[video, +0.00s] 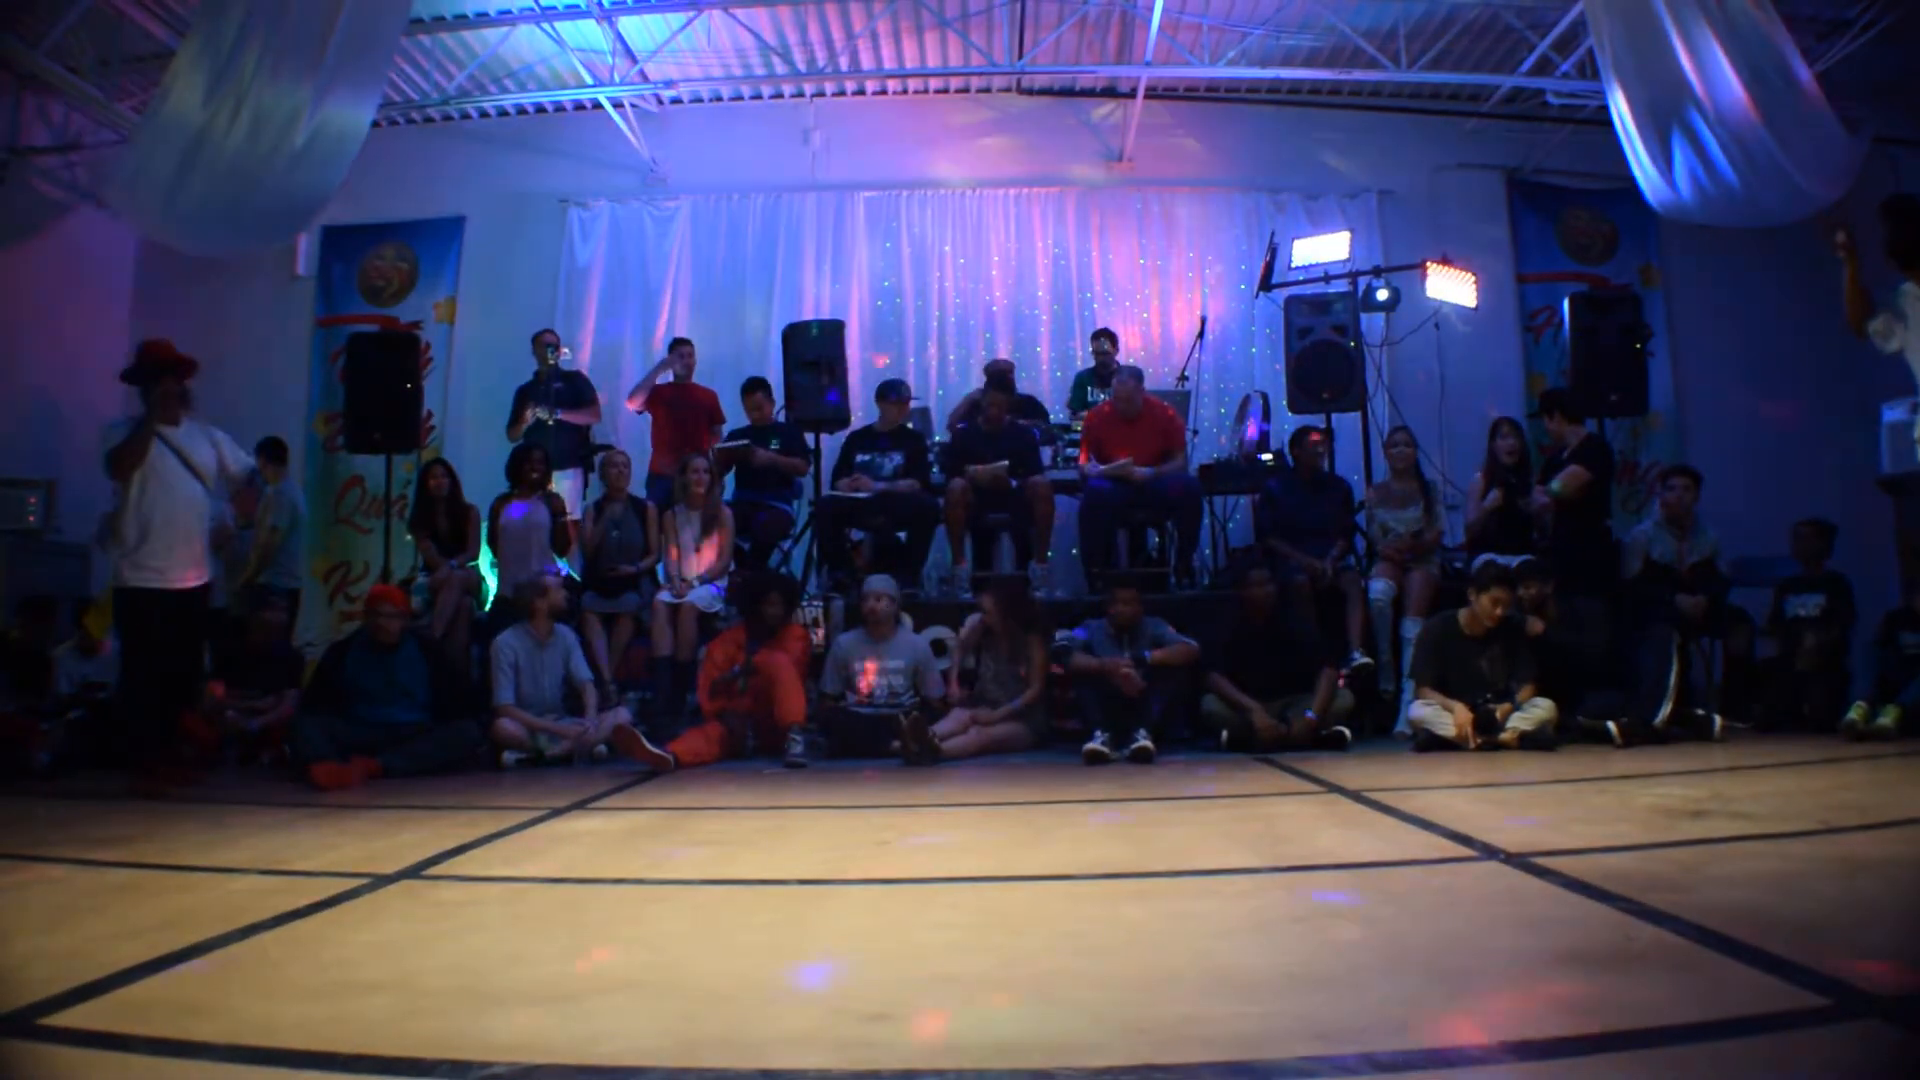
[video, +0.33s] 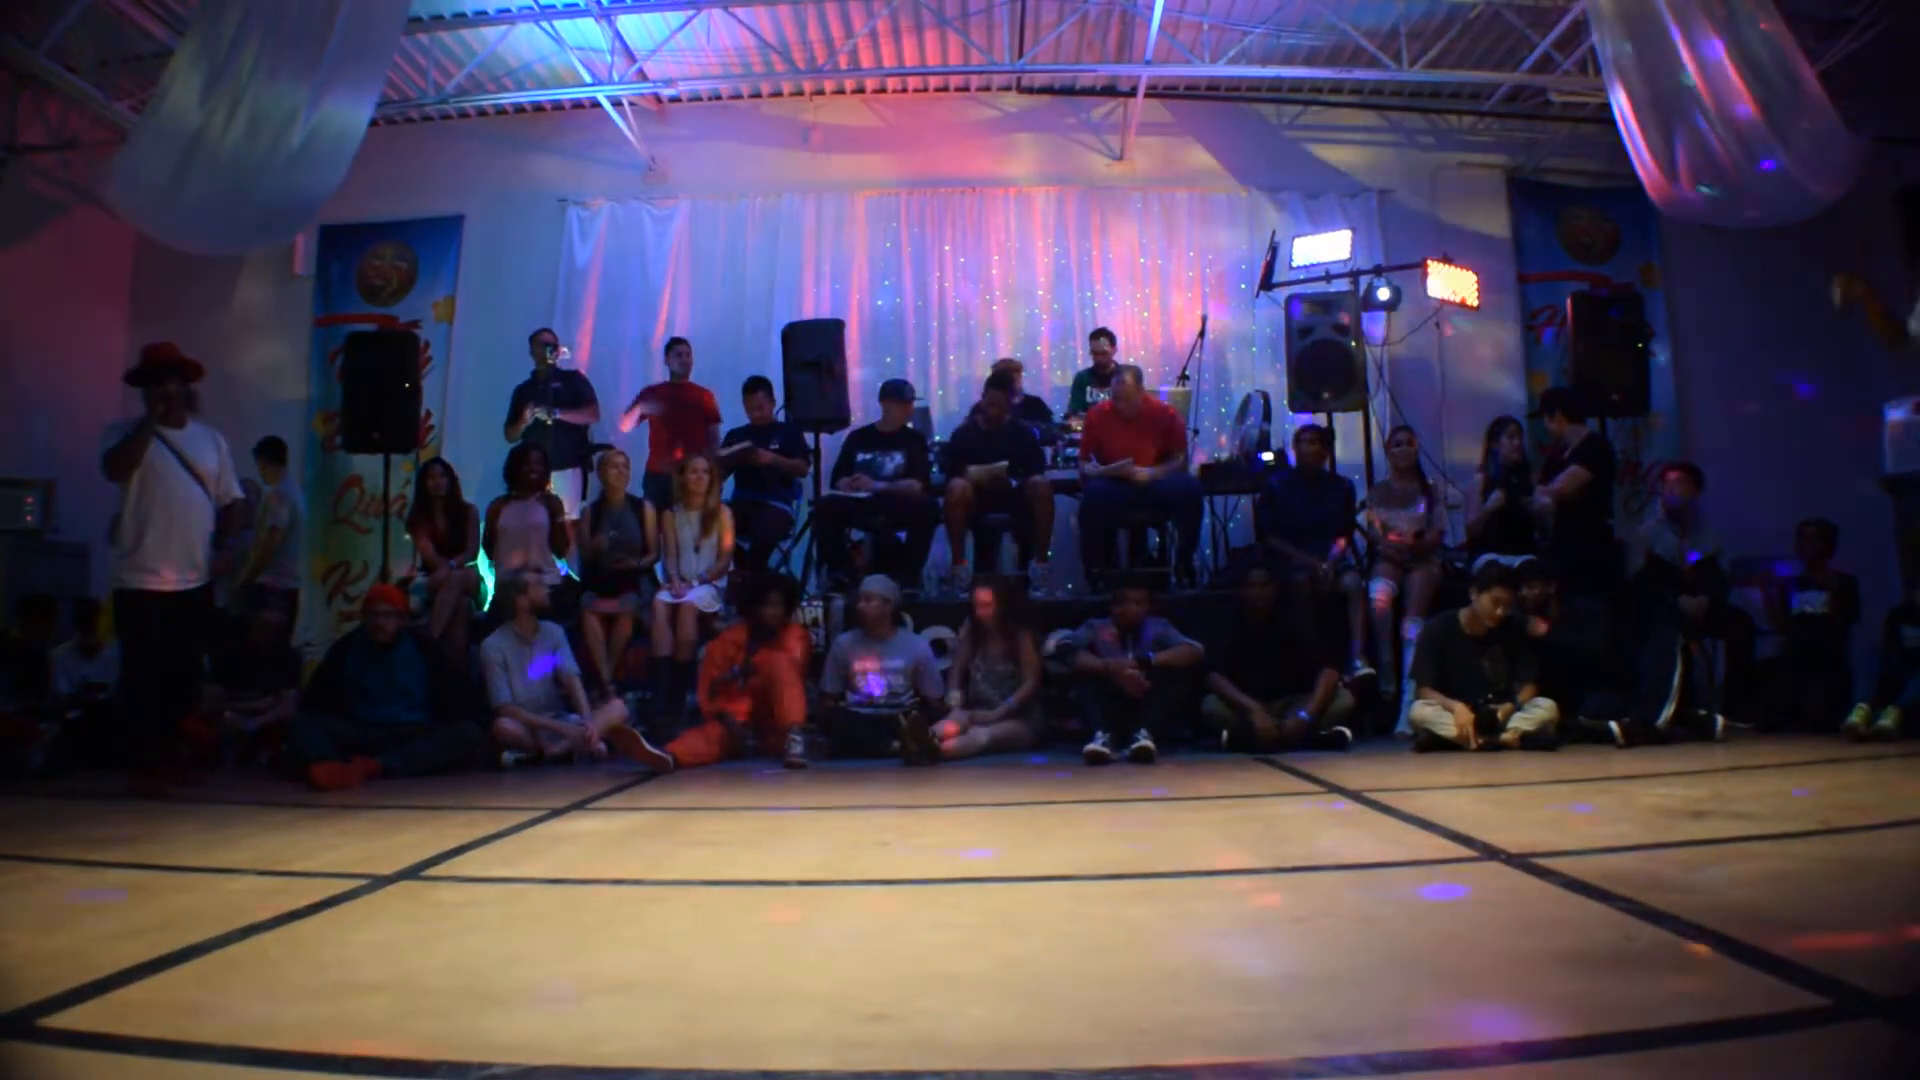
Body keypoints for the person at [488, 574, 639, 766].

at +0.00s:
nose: (566, 594)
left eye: (563, 588)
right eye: (559, 589)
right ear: (539, 602)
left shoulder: (565, 635)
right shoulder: (506, 643)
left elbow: (587, 684)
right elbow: (505, 707)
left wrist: (590, 719)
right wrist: (557, 729)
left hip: (562, 718)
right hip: (527, 721)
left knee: (622, 715)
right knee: (503, 728)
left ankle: (554, 752)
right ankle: (580, 747)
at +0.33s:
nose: (547, 590)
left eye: (543, 586)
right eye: (539, 587)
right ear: (520, 601)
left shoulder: (554, 632)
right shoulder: (494, 645)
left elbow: (572, 679)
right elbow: (504, 707)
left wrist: (587, 722)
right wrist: (561, 729)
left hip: (559, 714)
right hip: (525, 718)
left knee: (618, 708)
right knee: (503, 727)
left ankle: (561, 747)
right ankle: (579, 742)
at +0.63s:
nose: (542, 592)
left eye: (542, 586)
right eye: (533, 588)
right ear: (513, 600)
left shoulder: (557, 633)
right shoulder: (494, 645)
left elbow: (574, 680)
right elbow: (503, 705)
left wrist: (587, 721)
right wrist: (556, 725)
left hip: (561, 710)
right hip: (525, 716)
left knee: (615, 701)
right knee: (504, 726)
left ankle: (554, 749)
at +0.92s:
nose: (546, 592)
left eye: (546, 586)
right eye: (537, 588)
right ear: (516, 598)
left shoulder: (561, 635)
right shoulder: (498, 645)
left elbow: (584, 684)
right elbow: (502, 705)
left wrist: (588, 722)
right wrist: (553, 727)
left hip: (564, 716)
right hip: (526, 720)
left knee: (618, 709)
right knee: (503, 725)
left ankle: (559, 748)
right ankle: (580, 747)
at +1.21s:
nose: (557, 599)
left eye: (557, 593)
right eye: (548, 593)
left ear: (561, 596)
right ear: (527, 602)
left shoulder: (572, 642)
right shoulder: (505, 645)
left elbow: (599, 689)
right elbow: (504, 706)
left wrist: (597, 723)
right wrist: (556, 728)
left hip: (564, 720)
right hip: (527, 722)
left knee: (620, 715)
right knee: (503, 727)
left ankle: (552, 752)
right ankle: (582, 749)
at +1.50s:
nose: (541, 615)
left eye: (548, 609)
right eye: (536, 608)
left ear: (562, 609)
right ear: (529, 607)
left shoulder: (575, 644)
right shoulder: (507, 644)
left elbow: (598, 695)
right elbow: (504, 706)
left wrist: (597, 725)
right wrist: (561, 730)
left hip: (562, 720)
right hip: (525, 722)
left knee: (622, 716)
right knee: (502, 727)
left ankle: (549, 754)